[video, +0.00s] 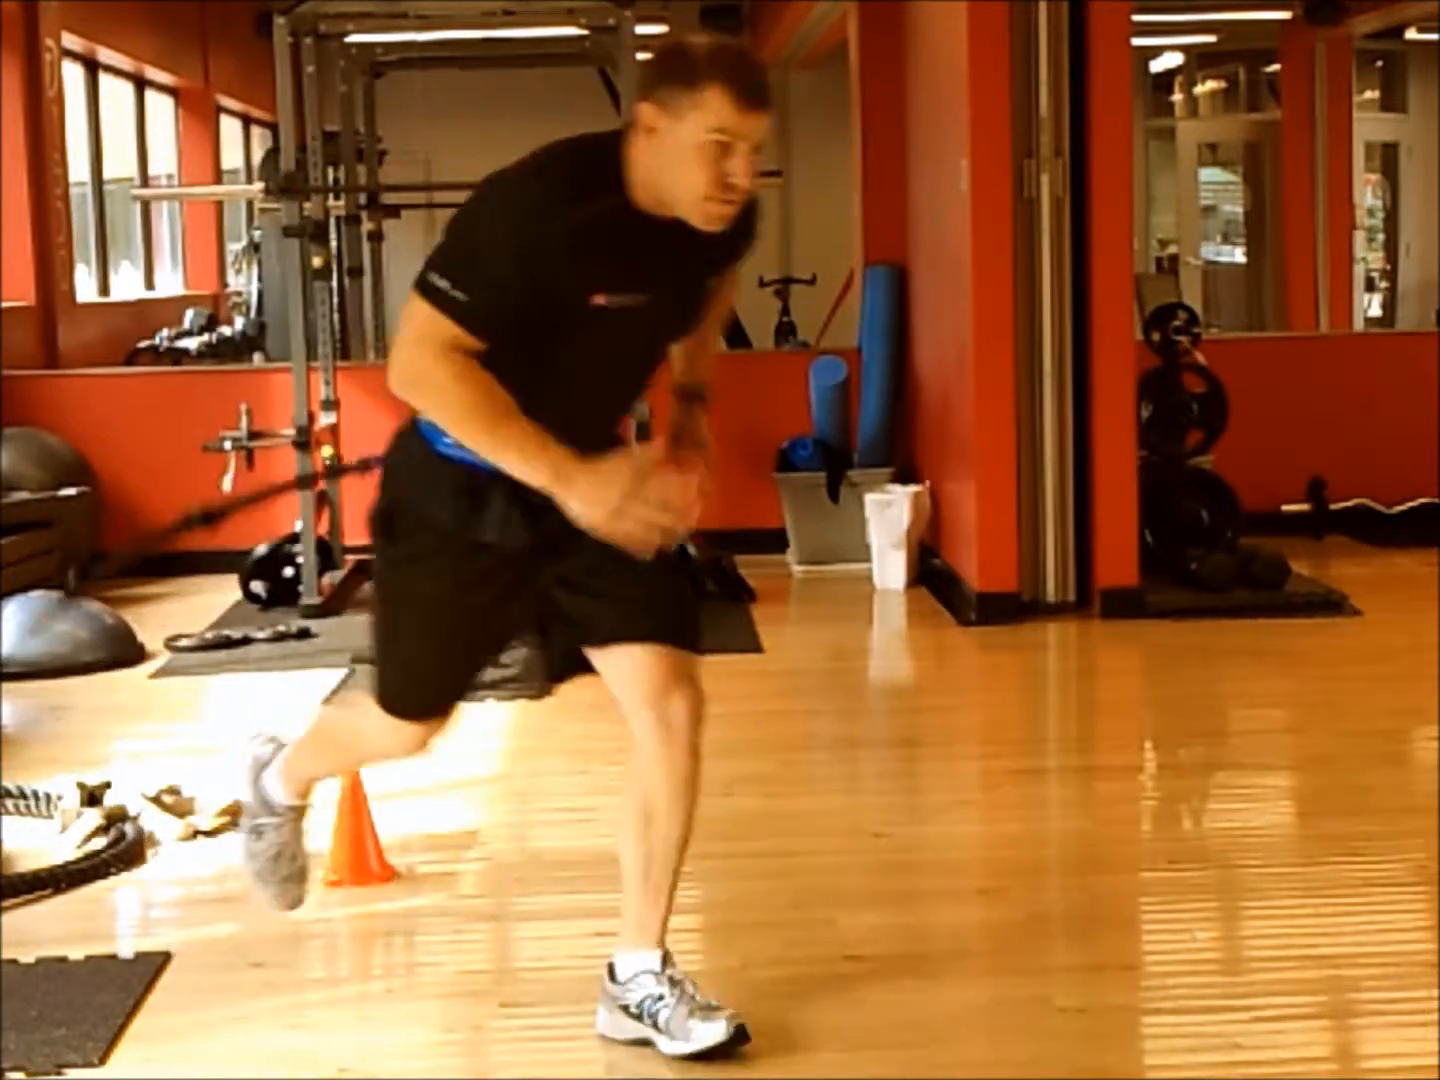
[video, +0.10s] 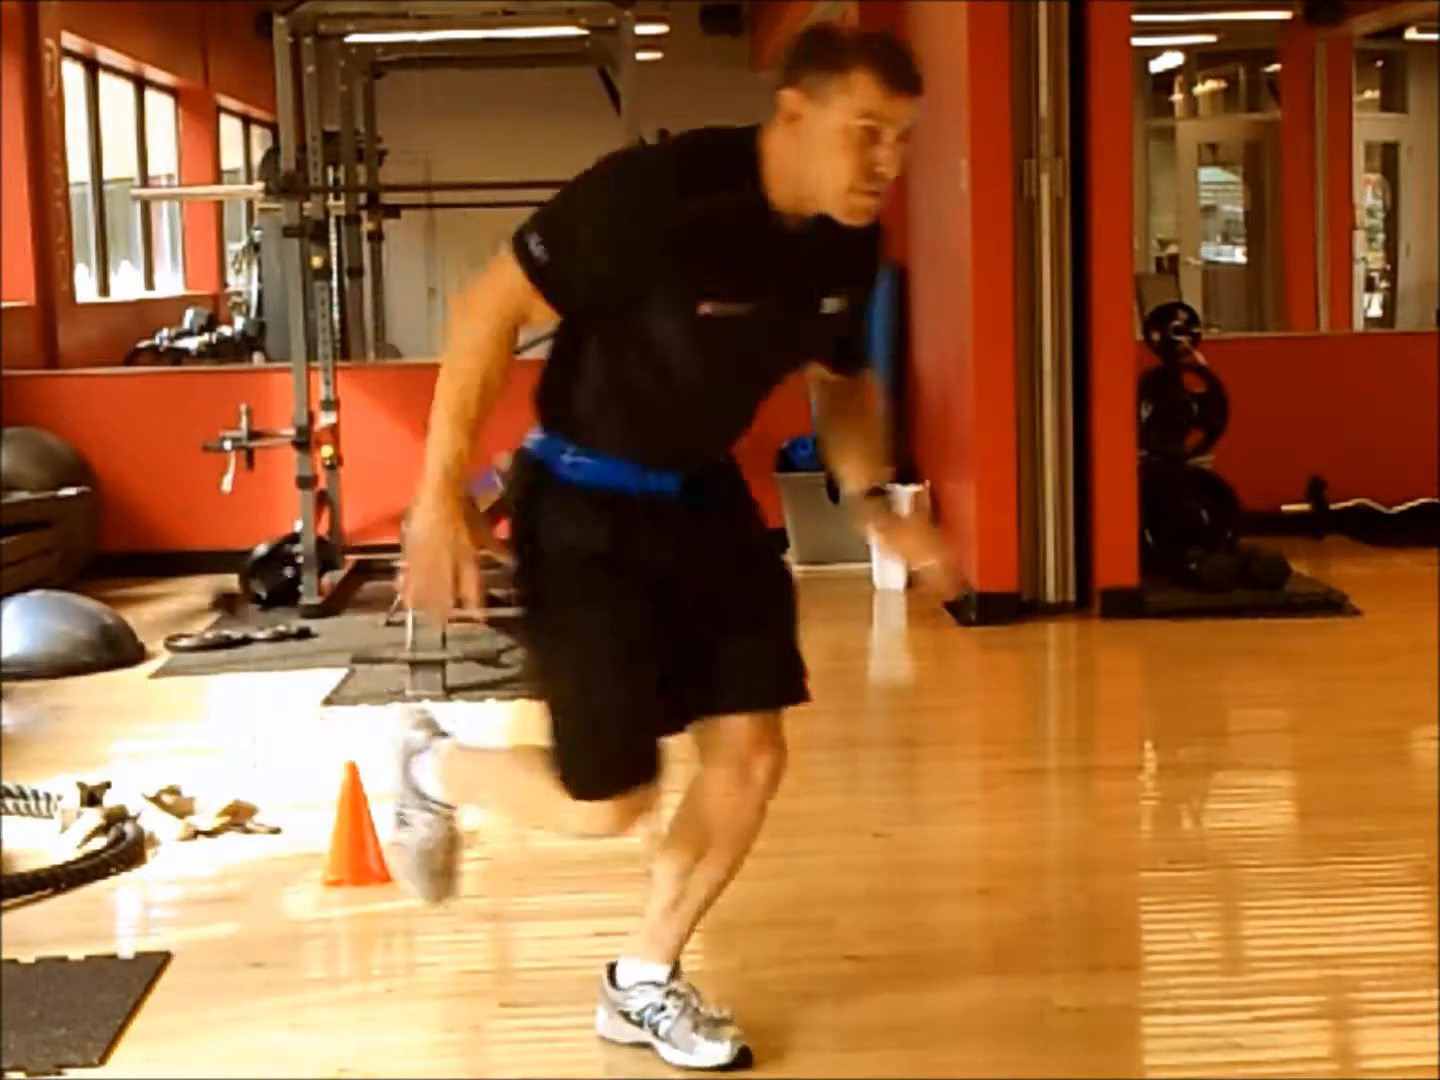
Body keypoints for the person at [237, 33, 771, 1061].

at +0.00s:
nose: (743, 173)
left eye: (755, 150)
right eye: (723, 145)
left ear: (760, 147)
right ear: (649, 127)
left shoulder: (723, 222)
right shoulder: (534, 203)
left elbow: (697, 326)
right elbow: (417, 361)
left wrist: (686, 424)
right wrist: (572, 475)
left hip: (593, 476)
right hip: (459, 474)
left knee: (670, 701)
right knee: (404, 721)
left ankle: (640, 972)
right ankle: (280, 780)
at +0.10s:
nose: (889, 162)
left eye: (900, 138)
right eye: (870, 131)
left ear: (898, 139)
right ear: (793, 114)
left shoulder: (845, 244)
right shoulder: (652, 192)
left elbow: (842, 383)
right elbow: (489, 308)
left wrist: (880, 504)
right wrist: (440, 493)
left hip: (705, 500)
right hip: (583, 502)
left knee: (747, 755)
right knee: (615, 799)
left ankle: (645, 980)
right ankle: (425, 761)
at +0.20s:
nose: (1022, 102)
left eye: (1035, 77)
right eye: (999, 70)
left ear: (1039, 77)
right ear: (913, 52)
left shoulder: (994, 191)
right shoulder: (775, 120)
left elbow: (1007, 373)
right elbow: (558, 139)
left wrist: (1088, 351)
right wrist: (457, 307)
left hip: (803, 488)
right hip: (688, 471)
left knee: (762, 757)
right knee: (837, 735)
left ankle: (647, 953)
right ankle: (643, 895)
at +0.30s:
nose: (1161, 22)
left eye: (1170, 2)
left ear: (1171, 10)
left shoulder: (1147, 120)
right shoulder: (889, 45)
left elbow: (1145, 290)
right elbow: (667, 80)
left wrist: (1210, 306)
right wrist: (612, 291)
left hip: (941, 449)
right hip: (823, 433)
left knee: (864, 734)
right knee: (958, 738)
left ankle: (686, 868)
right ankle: (920, 1063)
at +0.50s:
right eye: (1434, 12)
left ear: (1385, 14)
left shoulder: (1367, 108)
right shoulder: (1190, 60)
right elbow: (1148, 318)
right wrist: (1397, 287)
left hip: (1182, 479)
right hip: (1035, 483)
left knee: (1355, 762)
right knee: (1067, 840)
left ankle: (1084, 731)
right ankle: (998, 1076)